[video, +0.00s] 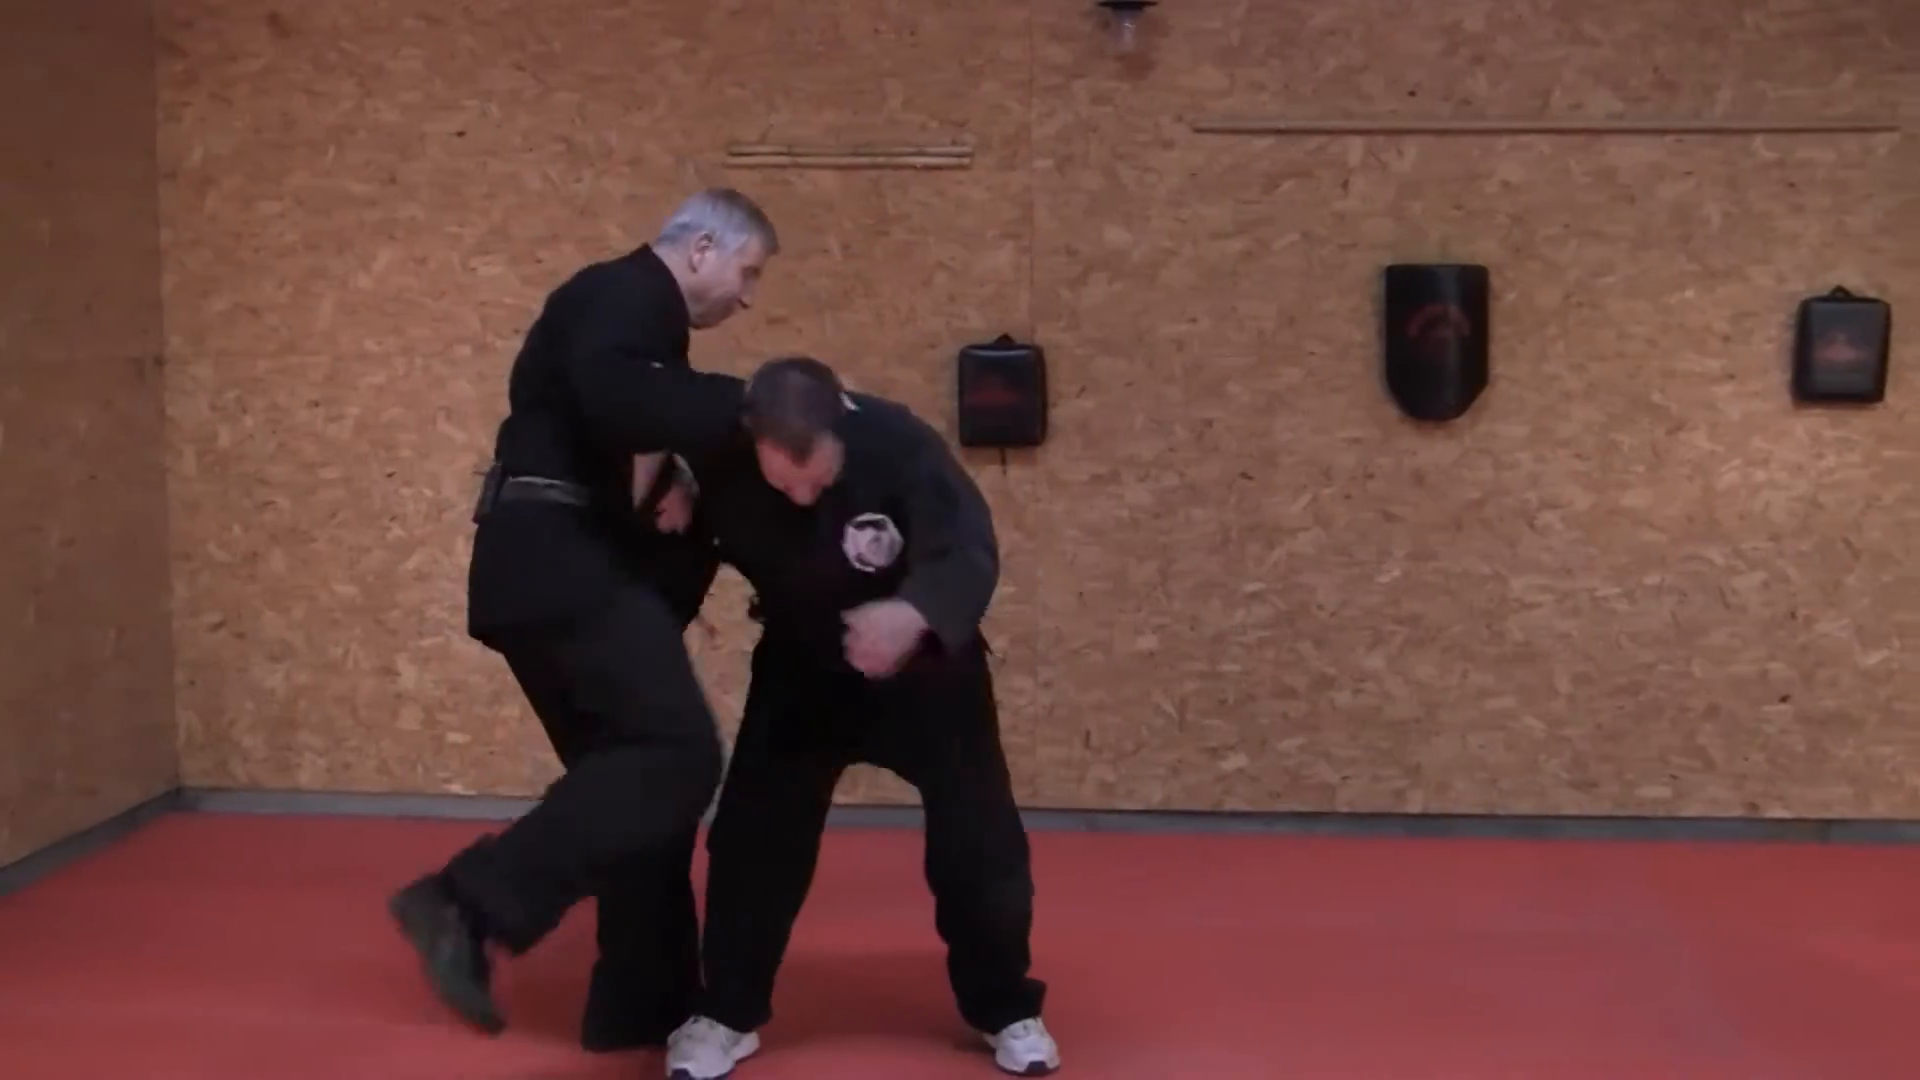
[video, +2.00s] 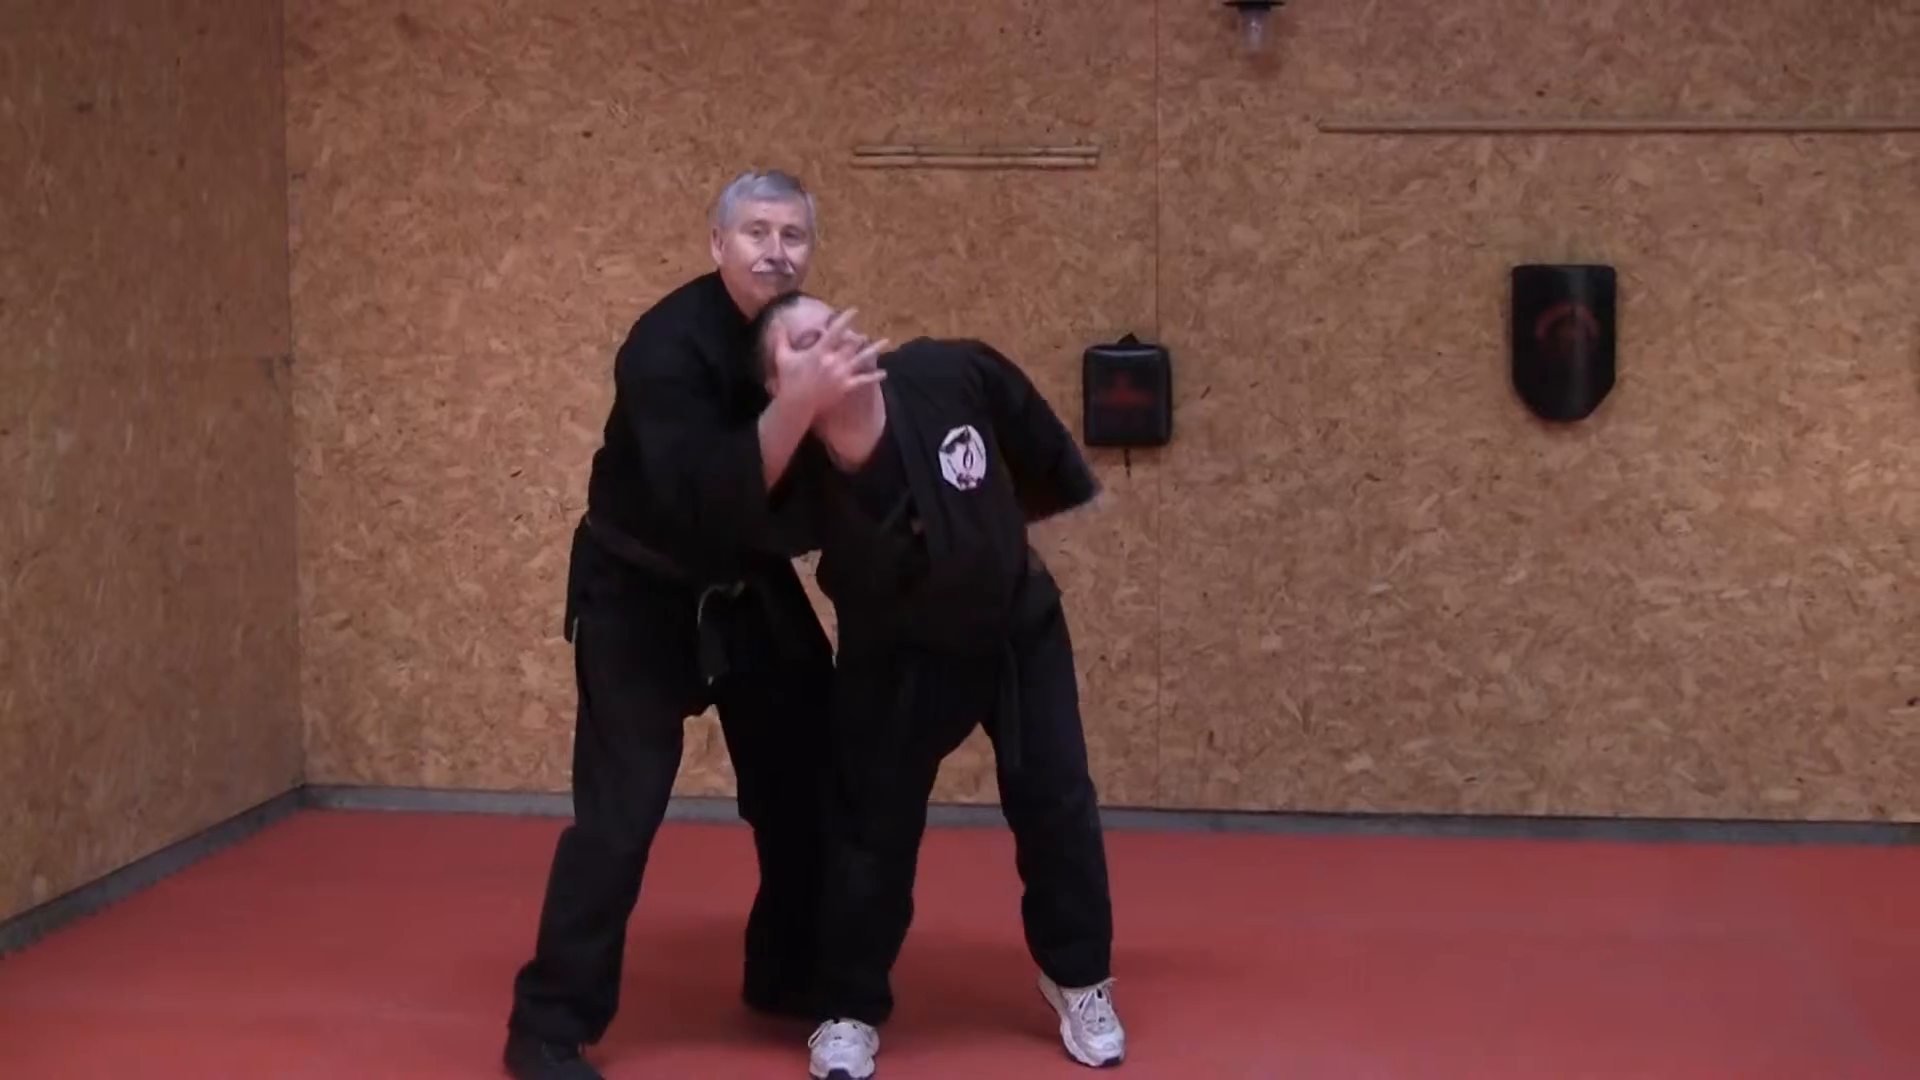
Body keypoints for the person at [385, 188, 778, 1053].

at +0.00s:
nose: (746, 299)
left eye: (754, 280)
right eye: (747, 275)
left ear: (689, 245)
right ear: (702, 249)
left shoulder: (620, 308)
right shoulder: (628, 293)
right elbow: (617, 392)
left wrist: (675, 482)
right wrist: (751, 406)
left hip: (538, 560)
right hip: (559, 557)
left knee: (628, 773)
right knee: (678, 754)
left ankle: (641, 1009)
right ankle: (463, 903)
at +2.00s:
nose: (777, 250)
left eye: (794, 236)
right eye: (758, 233)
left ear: (810, 248)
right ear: (717, 243)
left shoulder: (808, 338)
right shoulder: (664, 348)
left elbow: (840, 499)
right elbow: (704, 505)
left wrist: (843, 415)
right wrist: (793, 407)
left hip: (753, 584)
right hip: (638, 589)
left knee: (810, 771)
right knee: (622, 808)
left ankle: (790, 976)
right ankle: (549, 1034)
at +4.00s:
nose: (743, 220)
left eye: (761, 208)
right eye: (725, 203)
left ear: (783, 228)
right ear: (692, 215)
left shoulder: (789, 316)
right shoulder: (633, 304)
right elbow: (684, 402)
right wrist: (834, 335)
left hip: (711, 578)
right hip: (593, 576)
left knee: (756, 791)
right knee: (555, 813)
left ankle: (748, 977)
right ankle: (511, 1037)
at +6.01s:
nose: (851, 200)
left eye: (867, 183)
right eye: (833, 181)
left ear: (884, 193)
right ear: (794, 187)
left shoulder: (894, 307)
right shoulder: (730, 291)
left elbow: (910, 448)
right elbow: (650, 433)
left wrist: (902, 576)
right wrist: (657, 582)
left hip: (851, 569)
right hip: (751, 566)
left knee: (822, 773)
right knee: (800, 776)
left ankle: (741, 964)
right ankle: (829, 1009)